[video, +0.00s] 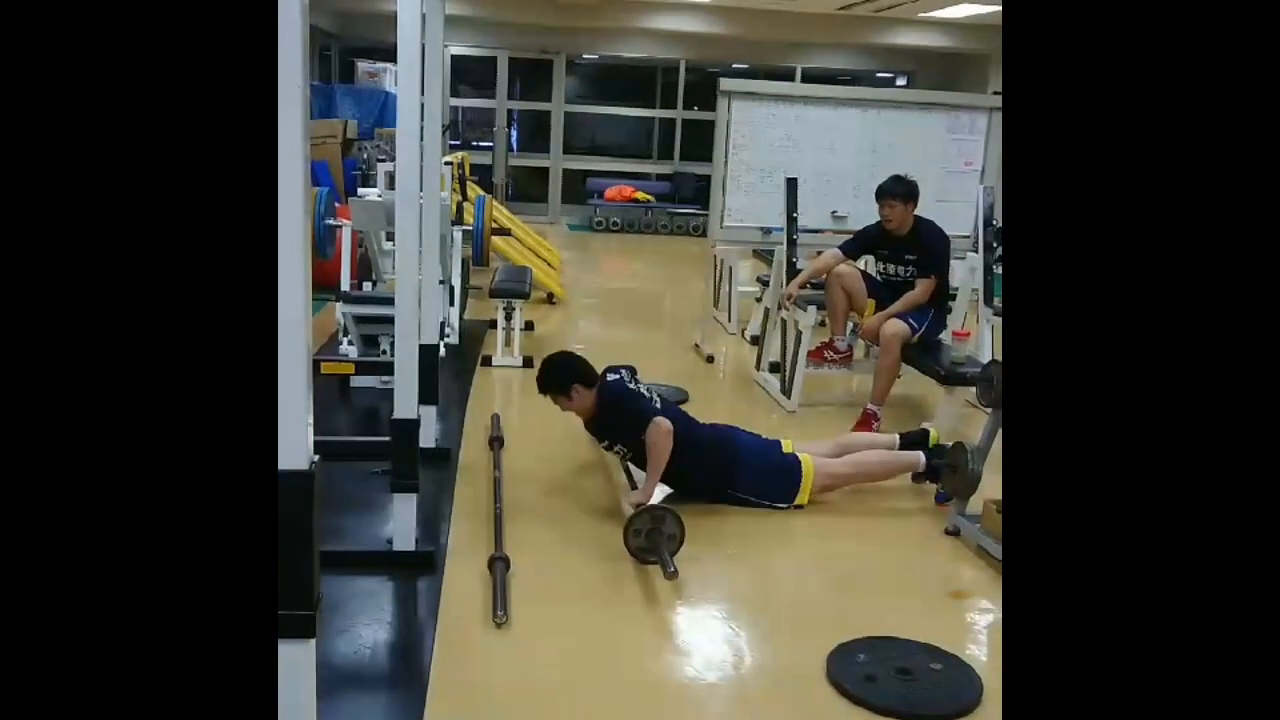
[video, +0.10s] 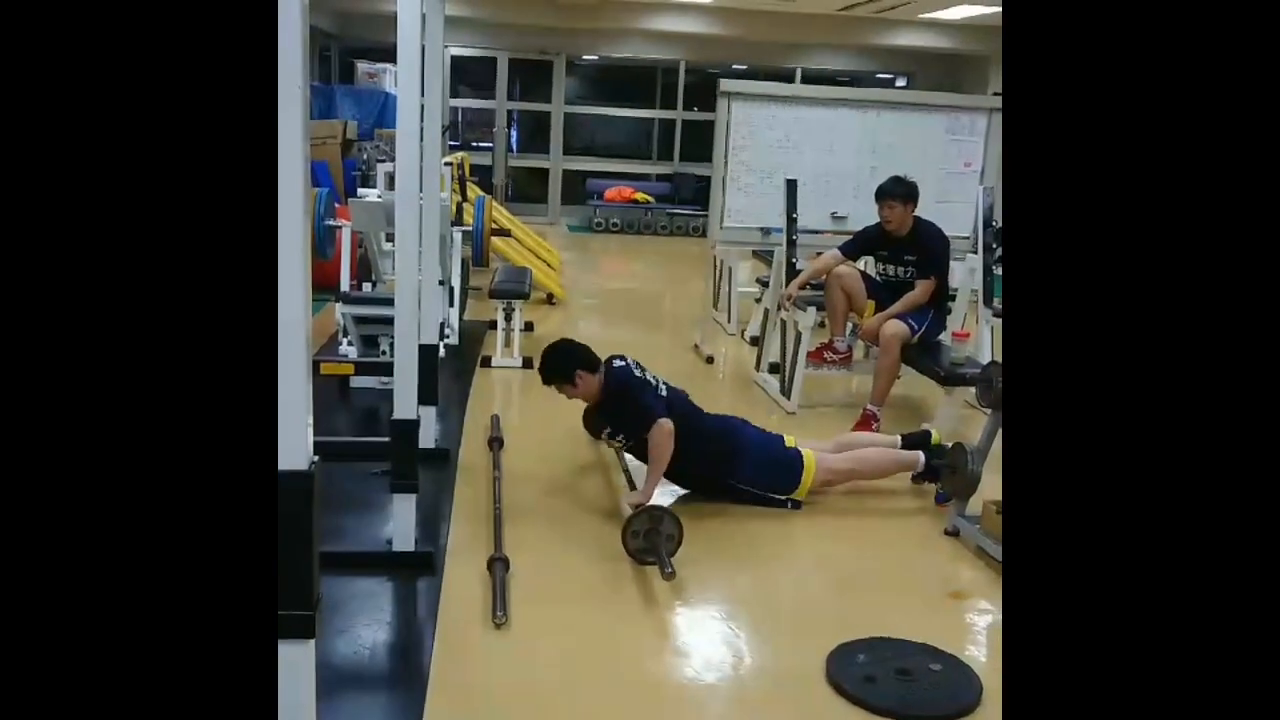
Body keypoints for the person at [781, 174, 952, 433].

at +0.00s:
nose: (884, 213)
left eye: (891, 207)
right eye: (881, 206)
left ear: (911, 208)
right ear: (877, 205)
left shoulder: (932, 238)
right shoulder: (875, 233)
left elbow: (922, 293)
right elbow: (833, 258)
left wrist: (880, 318)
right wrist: (796, 282)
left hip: (925, 308)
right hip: (888, 297)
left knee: (891, 331)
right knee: (839, 273)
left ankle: (872, 412)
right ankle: (839, 347)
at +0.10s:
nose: (883, 213)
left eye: (891, 208)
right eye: (881, 207)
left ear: (911, 208)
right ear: (877, 206)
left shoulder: (931, 238)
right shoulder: (874, 234)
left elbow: (923, 293)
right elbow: (832, 259)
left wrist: (880, 319)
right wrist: (796, 283)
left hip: (924, 308)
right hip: (887, 298)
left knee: (891, 331)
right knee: (839, 274)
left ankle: (872, 412)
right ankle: (839, 348)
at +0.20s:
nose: (883, 215)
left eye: (891, 209)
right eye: (881, 208)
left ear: (910, 209)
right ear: (876, 208)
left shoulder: (932, 239)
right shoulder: (874, 235)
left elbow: (922, 294)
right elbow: (832, 260)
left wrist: (879, 320)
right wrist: (795, 284)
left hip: (924, 310)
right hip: (887, 299)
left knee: (890, 333)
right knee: (838, 275)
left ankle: (871, 414)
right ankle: (839, 349)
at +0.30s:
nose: (883, 217)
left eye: (890, 211)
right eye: (880, 210)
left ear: (910, 211)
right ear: (876, 209)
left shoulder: (931, 240)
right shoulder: (875, 236)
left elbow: (922, 295)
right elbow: (832, 260)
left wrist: (878, 321)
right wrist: (795, 285)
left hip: (924, 311)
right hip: (886, 302)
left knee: (890, 335)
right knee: (838, 276)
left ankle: (871, 414)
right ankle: (838, 351)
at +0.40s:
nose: (883, 218)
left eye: (890, 212)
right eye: (880, 211)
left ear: (909, 212)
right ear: (876, 211)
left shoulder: (930, 241)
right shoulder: (874, 237)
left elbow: (921, 296)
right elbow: (831, 262)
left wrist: (878, 322)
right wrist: (794, 287)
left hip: (923, 313)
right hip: (886, 303)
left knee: (889, 336)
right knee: (837, 278)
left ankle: (870, 417)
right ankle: (838, 352)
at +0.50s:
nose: (883, 218)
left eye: (890, 212)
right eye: (880, 211)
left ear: (909, 213)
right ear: (876, 212)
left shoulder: (930, 243)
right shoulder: (873, 238)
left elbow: (921, 299)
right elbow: (832, 263)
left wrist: (877, 325)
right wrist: (795, 289)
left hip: (925, 314)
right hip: (885, 305)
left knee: (889, 336)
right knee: (837, 279)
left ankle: (870, 418)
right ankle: (837, 354)